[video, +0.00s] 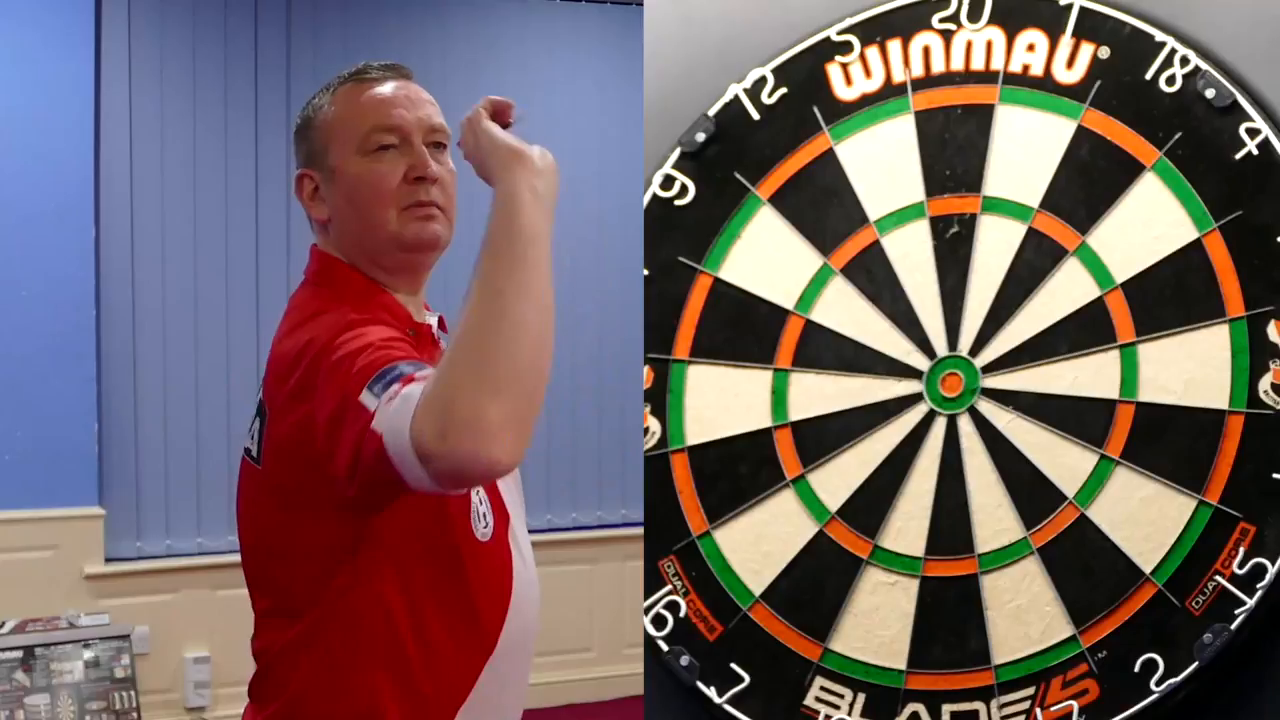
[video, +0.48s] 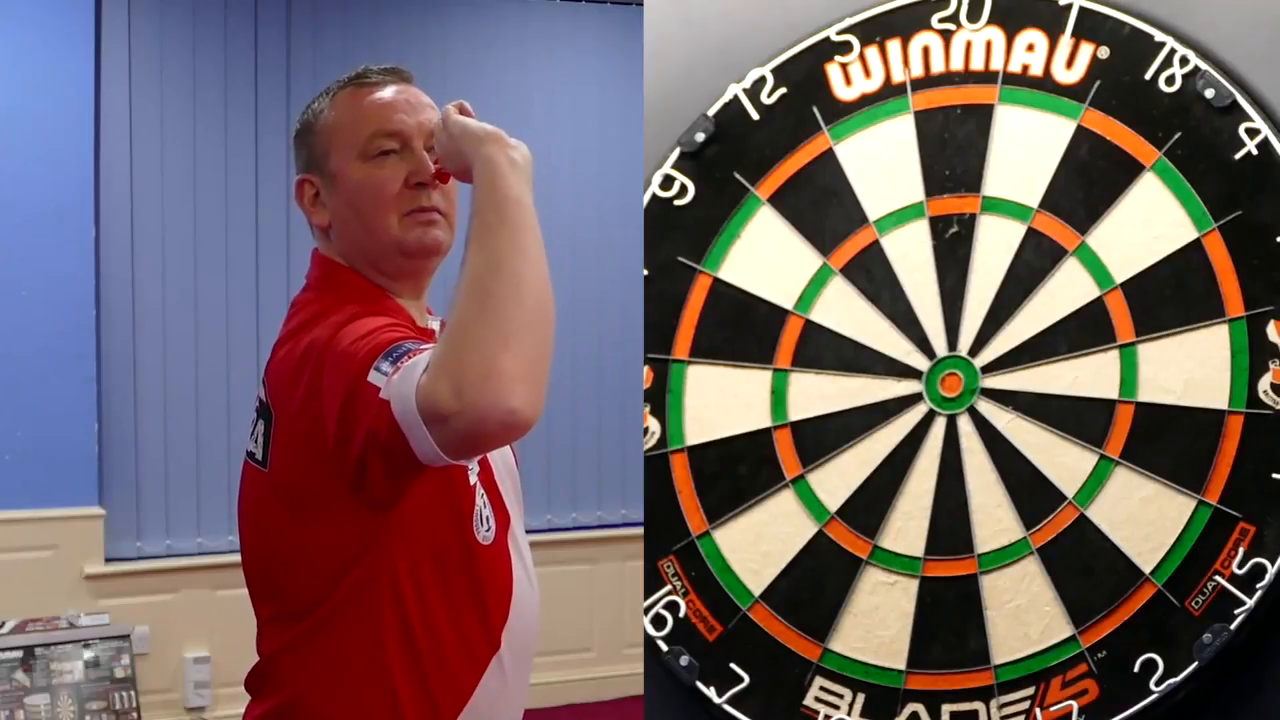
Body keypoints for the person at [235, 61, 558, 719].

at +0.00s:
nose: (427, 168)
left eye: (437, 147)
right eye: (385, 147)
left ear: (455, 170)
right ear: (316, 196)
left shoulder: (420, 327)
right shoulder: (334, 340)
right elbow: (473, 439)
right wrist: (524, 185)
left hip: (467, 700)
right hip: (365, 704)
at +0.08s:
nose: (430, 169)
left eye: (440, 147)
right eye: (387, 148)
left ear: (457, 169)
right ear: (317, 196)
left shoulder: (429, 329)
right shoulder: (336, 341)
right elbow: (486, 417)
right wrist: (516, 169)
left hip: (475, 700)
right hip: (369, 703)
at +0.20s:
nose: (430, 170)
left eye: (440, 148)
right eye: (388, 149)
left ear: (456, 168)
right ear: (318, 198)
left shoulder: (428, 330)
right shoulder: (337, 342)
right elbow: (490, 405)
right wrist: (511, 163)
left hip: (475, 700)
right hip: (369, 703)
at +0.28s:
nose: (430, 170)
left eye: (438, 148)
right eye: (387, 151)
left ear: (455, 168)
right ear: (317, 199)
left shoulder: (426, 330)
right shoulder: (337, 343)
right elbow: (491, 401)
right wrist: (507, 160)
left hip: (476, 700)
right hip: (372, 703)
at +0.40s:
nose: (429, 171)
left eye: (438, 150)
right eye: (386, 152)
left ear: (454, 170)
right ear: (316, 200)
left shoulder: (424, 331)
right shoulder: (336, 344)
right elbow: (490, 401)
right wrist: (504, 163)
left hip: (475, 700)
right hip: (372, 703)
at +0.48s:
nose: (429, 172)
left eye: (437, 150)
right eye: (386, 152)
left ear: (453, 170)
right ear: (315, 200)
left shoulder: (424, 332)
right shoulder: (334, 345)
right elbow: (489, 402)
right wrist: (502, 165)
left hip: (473, 700)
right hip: (369, 703)